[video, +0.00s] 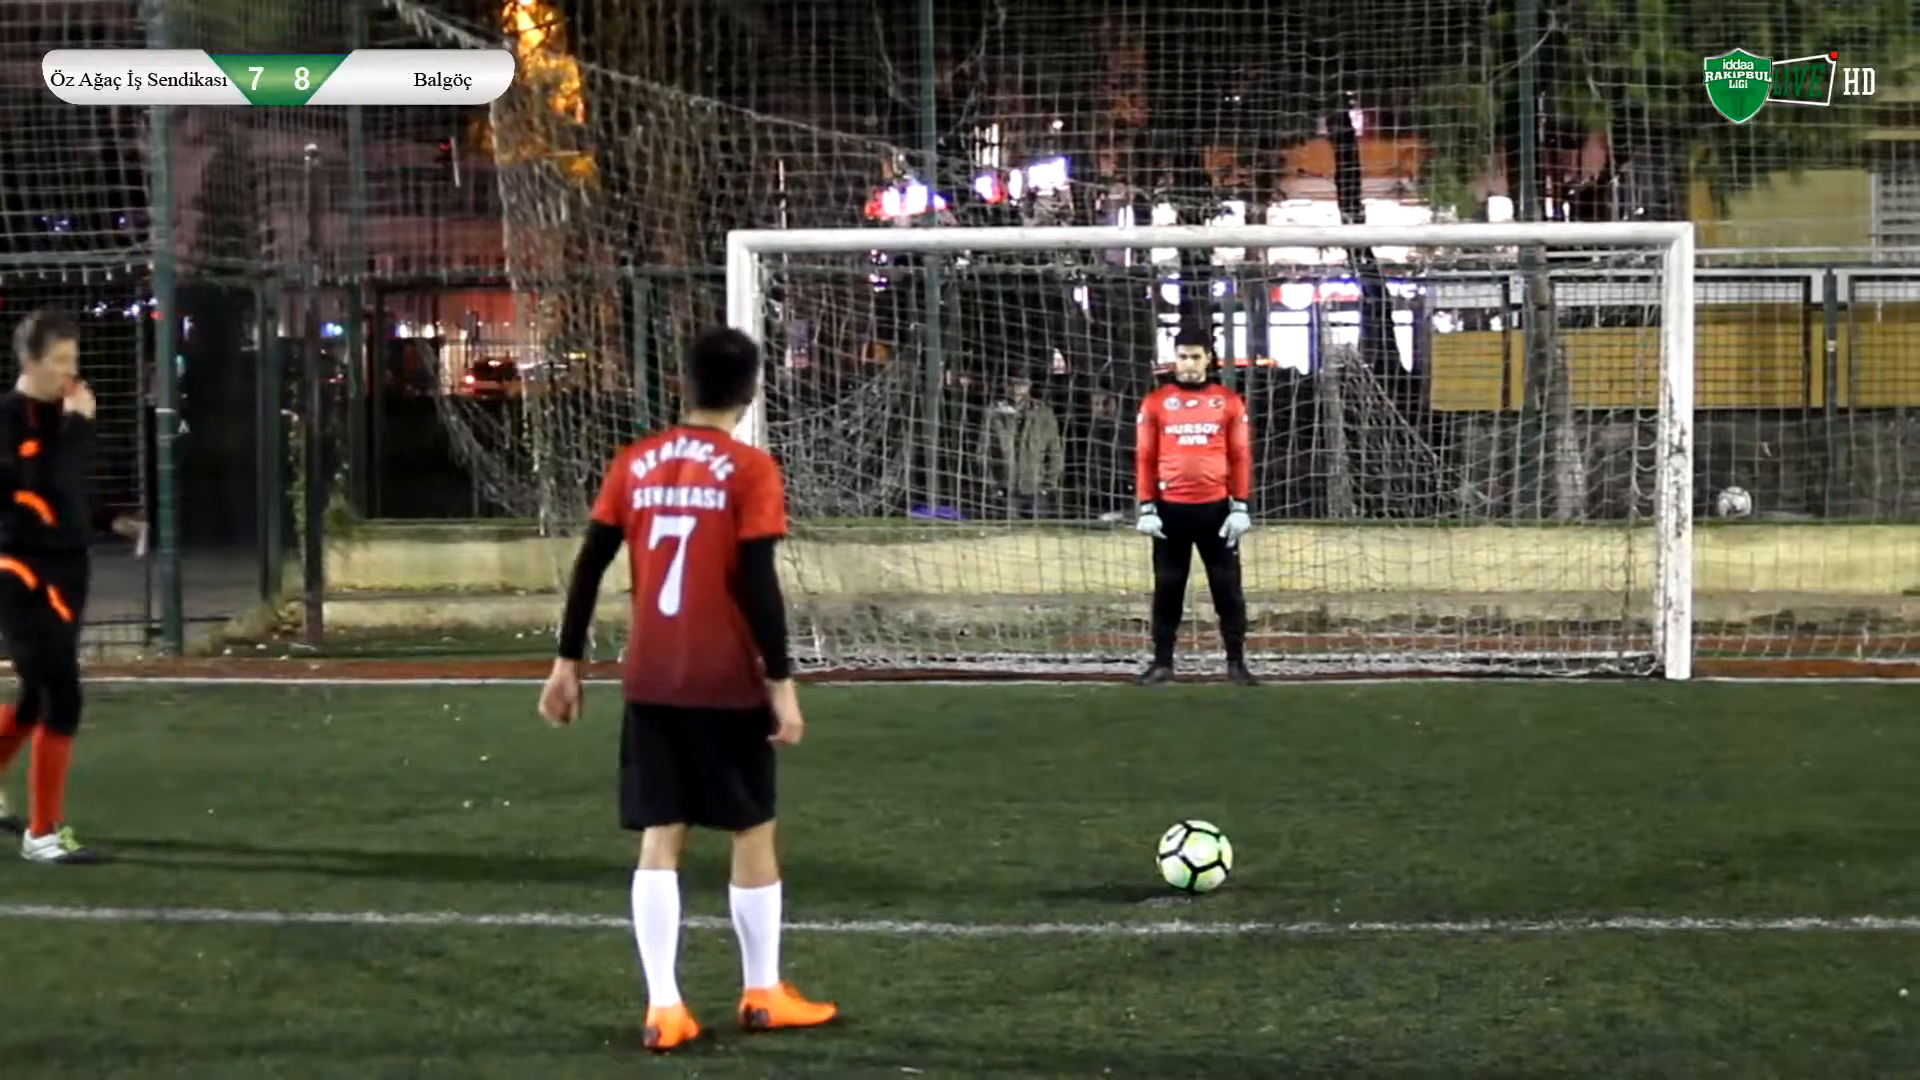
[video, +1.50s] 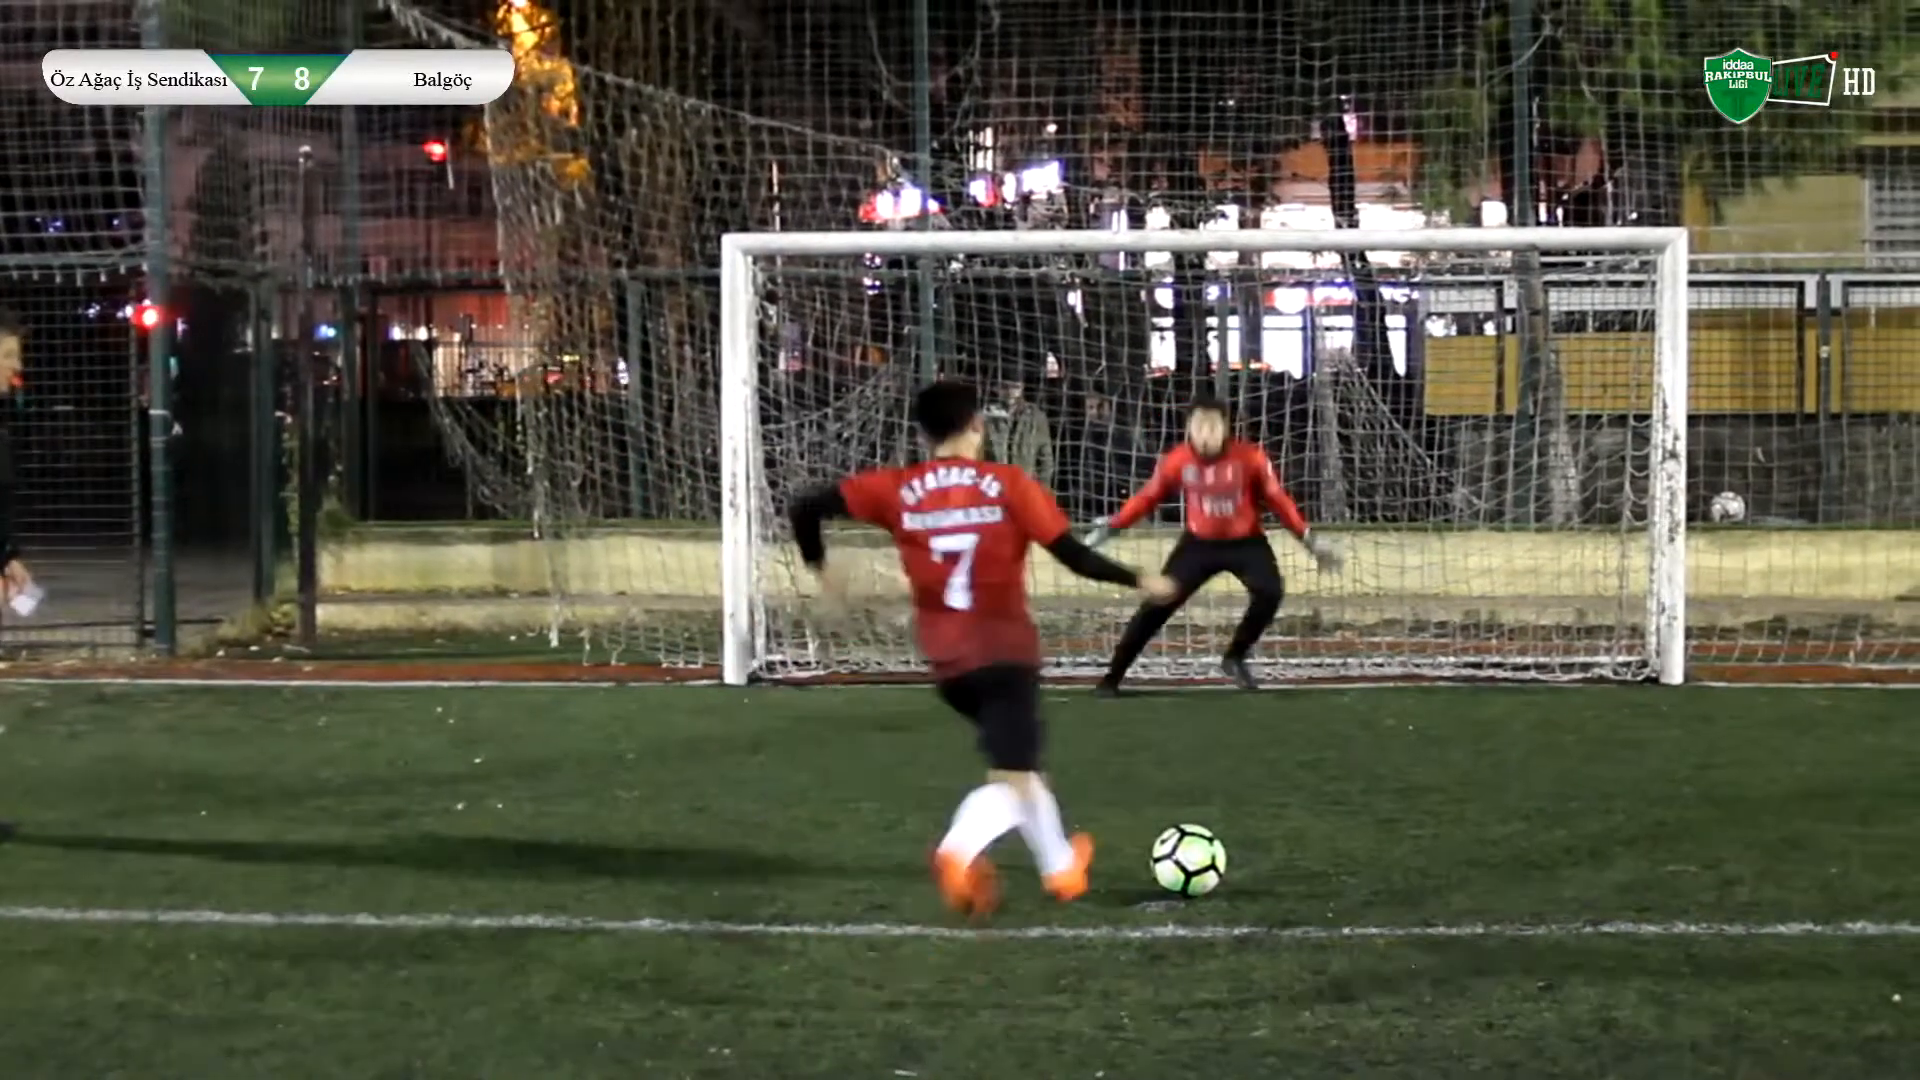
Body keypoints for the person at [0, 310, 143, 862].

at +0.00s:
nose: (71, 372)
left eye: (74, 362)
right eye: (63, 363)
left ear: (70, 363)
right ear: (30, 363)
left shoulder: (62, 416)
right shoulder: (11, 419)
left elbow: (74, 500)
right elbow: (57, 504)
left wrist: (113, 521)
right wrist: (78, 425)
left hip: (58, 575)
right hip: (24, 577)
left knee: (32, 698)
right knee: (61, 699)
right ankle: (42, 831)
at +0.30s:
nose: (52, 378)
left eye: (54, 367)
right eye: (45, 367)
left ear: (24, 368)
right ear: (13, 367)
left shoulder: (26, 422)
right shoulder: (7, 424)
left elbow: (26, 504)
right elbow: (9, 507)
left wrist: (77, 523)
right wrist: (55, 502)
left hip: (16, 581)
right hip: (1, 583)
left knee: (15, 692)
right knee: (17, 691)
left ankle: (16, 814)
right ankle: (12, 816)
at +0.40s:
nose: (45, 378)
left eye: (46, 366)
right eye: (38, 365)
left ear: (21, 365)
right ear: (6, 363)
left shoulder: (21, 424)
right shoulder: (6, 428)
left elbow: (45, 489)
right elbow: (6, 505)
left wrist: (105, 502)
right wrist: (44, 518)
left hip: (13, 599)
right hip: (3, 601)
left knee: (15, 696)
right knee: (14, 696)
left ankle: (5, 812)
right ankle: (3, 812)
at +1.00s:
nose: (34, 364)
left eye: (35, 354)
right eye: (28, 353)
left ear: (19, 356)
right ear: (3, 354)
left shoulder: (13, 413)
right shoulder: (4, 414)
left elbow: (18, 491)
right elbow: (11, 492)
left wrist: (48, 541)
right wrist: (4, 567)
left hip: (7, 568)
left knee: (1, 681)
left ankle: (1, 813)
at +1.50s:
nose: (15, 371)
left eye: (16, 359)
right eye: (10, 359)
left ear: (16, 360)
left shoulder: (12, 412)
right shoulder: (7, 414)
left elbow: (8, 491)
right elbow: (6, 492)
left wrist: (10, 553)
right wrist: (8, 554)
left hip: (6, 562)